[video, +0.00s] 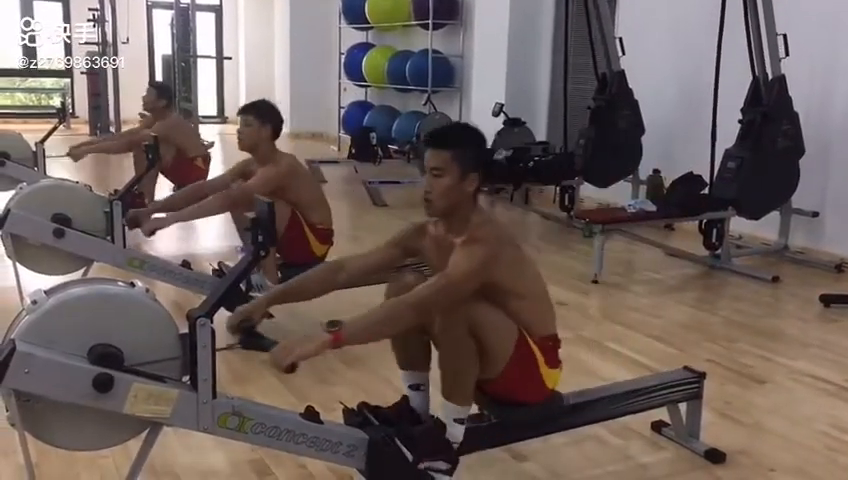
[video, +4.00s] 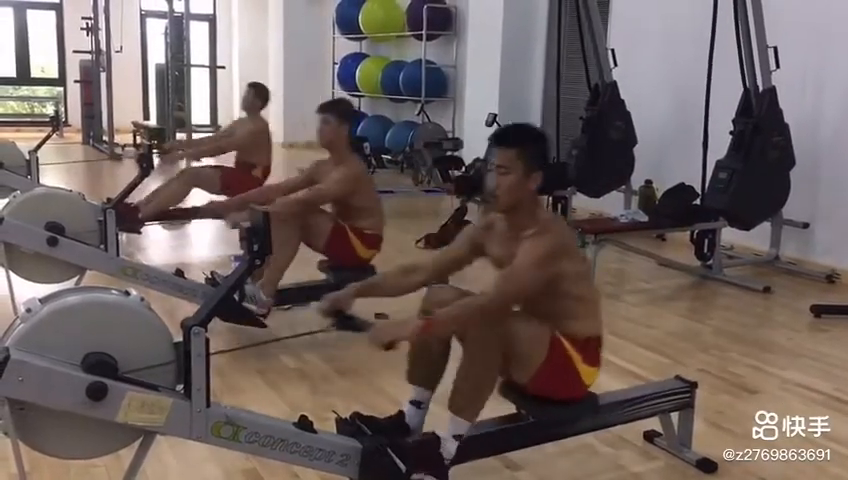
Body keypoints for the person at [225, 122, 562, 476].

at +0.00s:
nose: (426, 186)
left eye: (438, 175)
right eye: (425, 174)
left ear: (471, 182)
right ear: (425, 176)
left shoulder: (484, 246)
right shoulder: (425, 234)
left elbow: (420, 307)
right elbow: (342, 271)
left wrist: (327, 339)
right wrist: (266, 300)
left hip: (529, 376)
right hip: (482, 364)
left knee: (453, 308)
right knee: (403, 285)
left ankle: (450, 437)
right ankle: (417, 410)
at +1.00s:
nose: (688, 188)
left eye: (701, 182)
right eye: (688, 179)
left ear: (726, 194)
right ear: (684, 182)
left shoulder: (733, 243)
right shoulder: (658, 227)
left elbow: (739, 309)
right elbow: (627, 272)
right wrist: (599, 259)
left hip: (639, 337)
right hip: (600, 314)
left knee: (546, 372)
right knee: (509, 350)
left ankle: (432, 452)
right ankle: (397, 419)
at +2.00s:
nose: (614, 167)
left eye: (627, 159)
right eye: (613, 157)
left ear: (656, 166)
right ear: (608, 159)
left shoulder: (668, 226)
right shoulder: (601, 216)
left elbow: (633, 303)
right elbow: (540, 261)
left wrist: (571, 321)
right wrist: (491, 290)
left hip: (639, 338)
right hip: (598, 322)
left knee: (544, 387)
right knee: (500, 368)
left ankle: (432, 454)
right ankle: (395, 422)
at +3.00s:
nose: (547, 172)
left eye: (560, 163)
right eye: (546, 161)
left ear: (590, 170)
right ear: (544, 163)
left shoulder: (607, 231)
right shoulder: (542, 222)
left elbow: (557, 292)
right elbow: (472, 261)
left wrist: (485, 322)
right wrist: (411, 292)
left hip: (601, 356)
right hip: (560, 336)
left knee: (510, 335)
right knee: (465, 313)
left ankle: (439, 452)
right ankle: (407, 423)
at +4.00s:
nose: (491, 181)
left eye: (503, 172)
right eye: (491, 170)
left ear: (534, 181)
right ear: (489, 171)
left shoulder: (548, 239)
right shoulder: (491, 227)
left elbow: (493, 303)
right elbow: (423, 270)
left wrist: (409, 327)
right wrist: (356, 291)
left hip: (571, 361)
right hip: (528, 344)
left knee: (487, 324)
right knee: (437, 300)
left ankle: (445, 450)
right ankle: (410, 423)